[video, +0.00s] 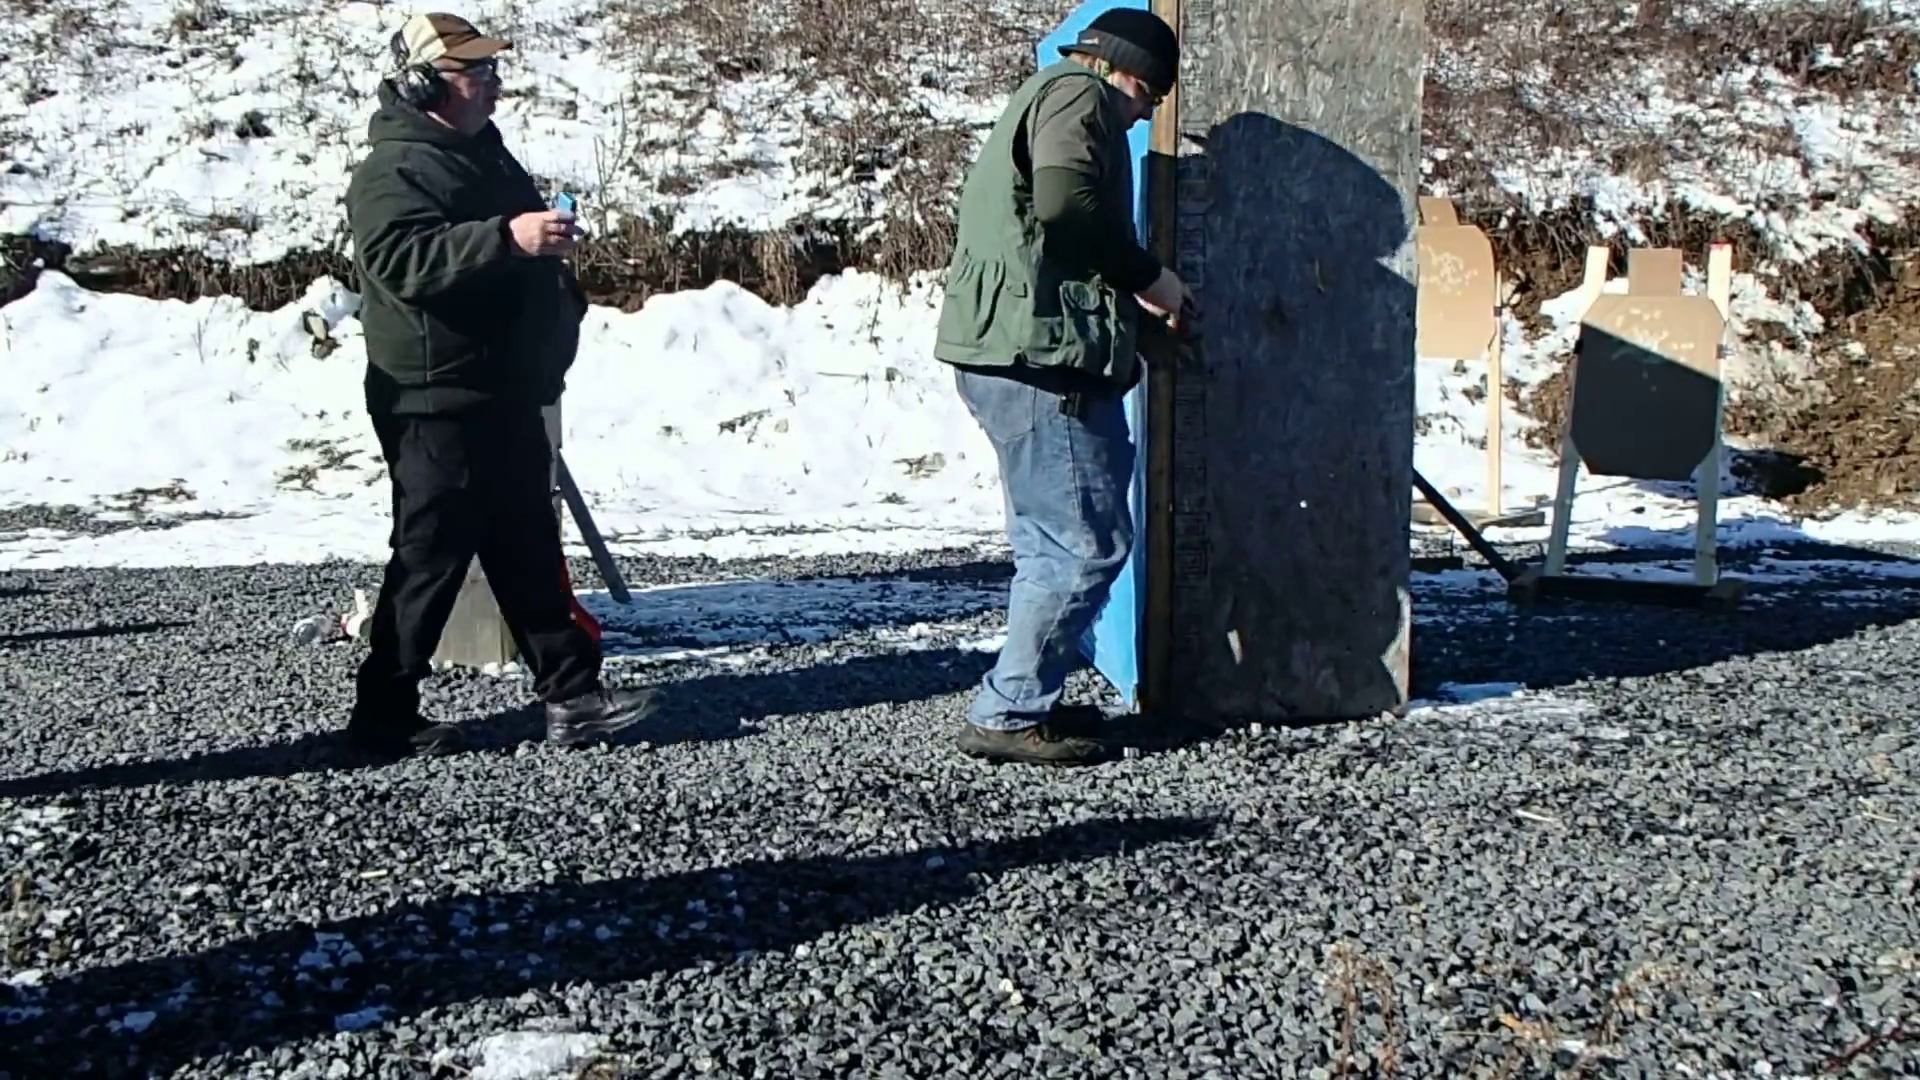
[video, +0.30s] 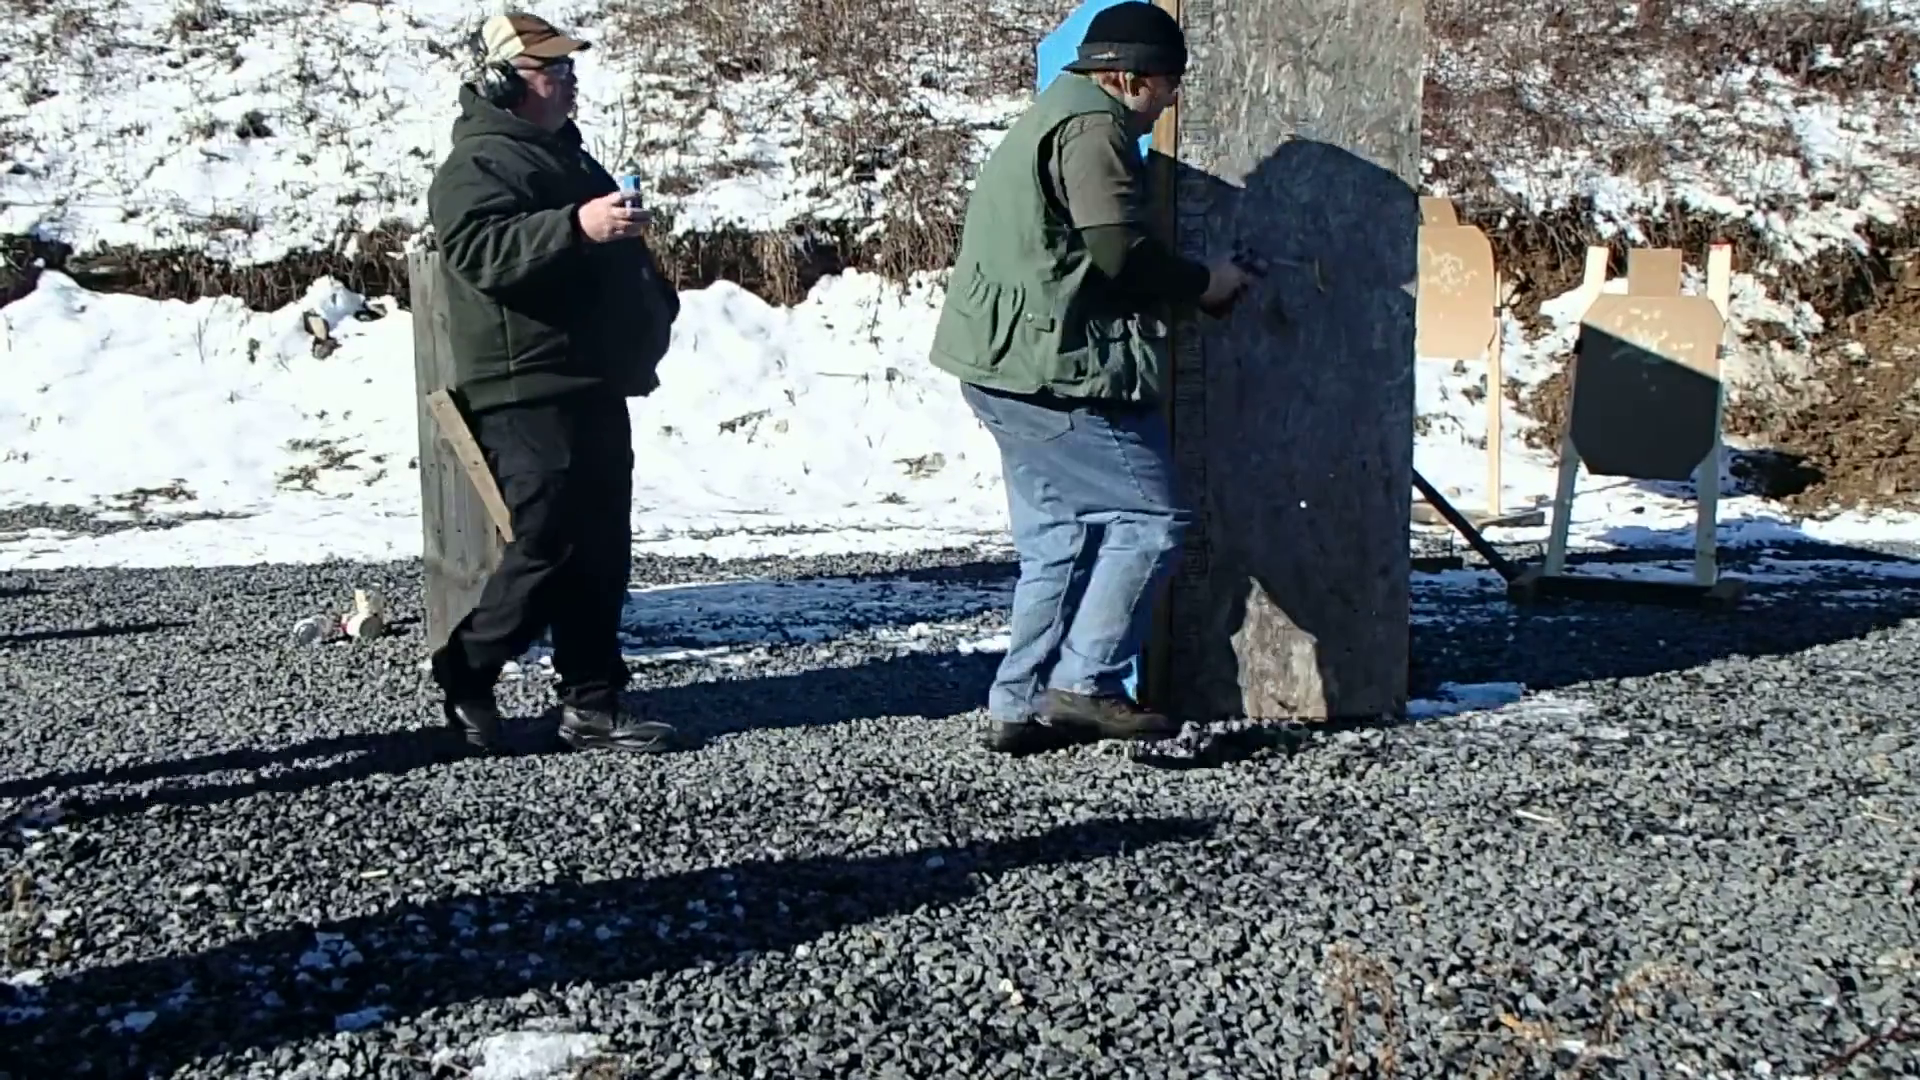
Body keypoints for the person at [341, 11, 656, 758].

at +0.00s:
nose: (493, 84)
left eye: (493, 70)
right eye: (480, 71)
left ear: (465, 80)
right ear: (437, 81)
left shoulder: (486, 156)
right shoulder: (392, 168)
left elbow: (525, 252)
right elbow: (407, 266)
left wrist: (554, 246)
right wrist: (508, 238)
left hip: (506, 387)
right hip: (434, 396)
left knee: (530, 545)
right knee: (428, 557)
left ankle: (571, 694)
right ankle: (384, 717)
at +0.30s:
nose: (573, 80)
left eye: (570, 68)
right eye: (560, 69)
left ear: (538, 81)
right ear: (522, 80)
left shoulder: (564, 153)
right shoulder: (475, 160)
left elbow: (597, 248)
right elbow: (484, 256)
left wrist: (644, 279)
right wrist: (578, 226)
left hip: (589, 377)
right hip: (516, 383)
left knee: (600, 537)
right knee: (546, 531)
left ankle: (592, 702)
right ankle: (466, 670)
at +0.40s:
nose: (591, 78)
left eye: (589, 66)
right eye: (577, 67)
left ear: (558, 77)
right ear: (536, 77)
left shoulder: (584, 149)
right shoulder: (495, 158)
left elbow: (625, 241)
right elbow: (497, 256)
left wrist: (657, 251)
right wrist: (590, 223)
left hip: (607, 375)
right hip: (543, 383)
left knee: (612, 543)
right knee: (578, 539)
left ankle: (592, 702)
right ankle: (525, 682)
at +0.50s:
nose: (609, 79)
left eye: (608, 67)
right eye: (595, 68)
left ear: (587, 78)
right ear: (553, 76)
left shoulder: (595, 148)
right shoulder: (512, 157)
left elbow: (632, 241)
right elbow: (510, 261)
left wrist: (673, 273)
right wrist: (603, 230)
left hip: (613, 373)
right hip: (559, 382)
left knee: (619, 535)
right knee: (607, 537)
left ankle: (594, 698)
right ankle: (582, 704)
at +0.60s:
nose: (631, 79)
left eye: (629, 66)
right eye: (617, 67)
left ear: (599, 77)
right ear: (576, 75)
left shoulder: (604, 146)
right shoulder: (534, 156)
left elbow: (638, 242)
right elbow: (530, 264)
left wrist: (687, 275)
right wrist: (621, 239)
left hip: (621, 379)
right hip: (577, 387)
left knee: (603, 546)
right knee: (629, 540)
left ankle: (590, 712)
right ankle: (637, 717)